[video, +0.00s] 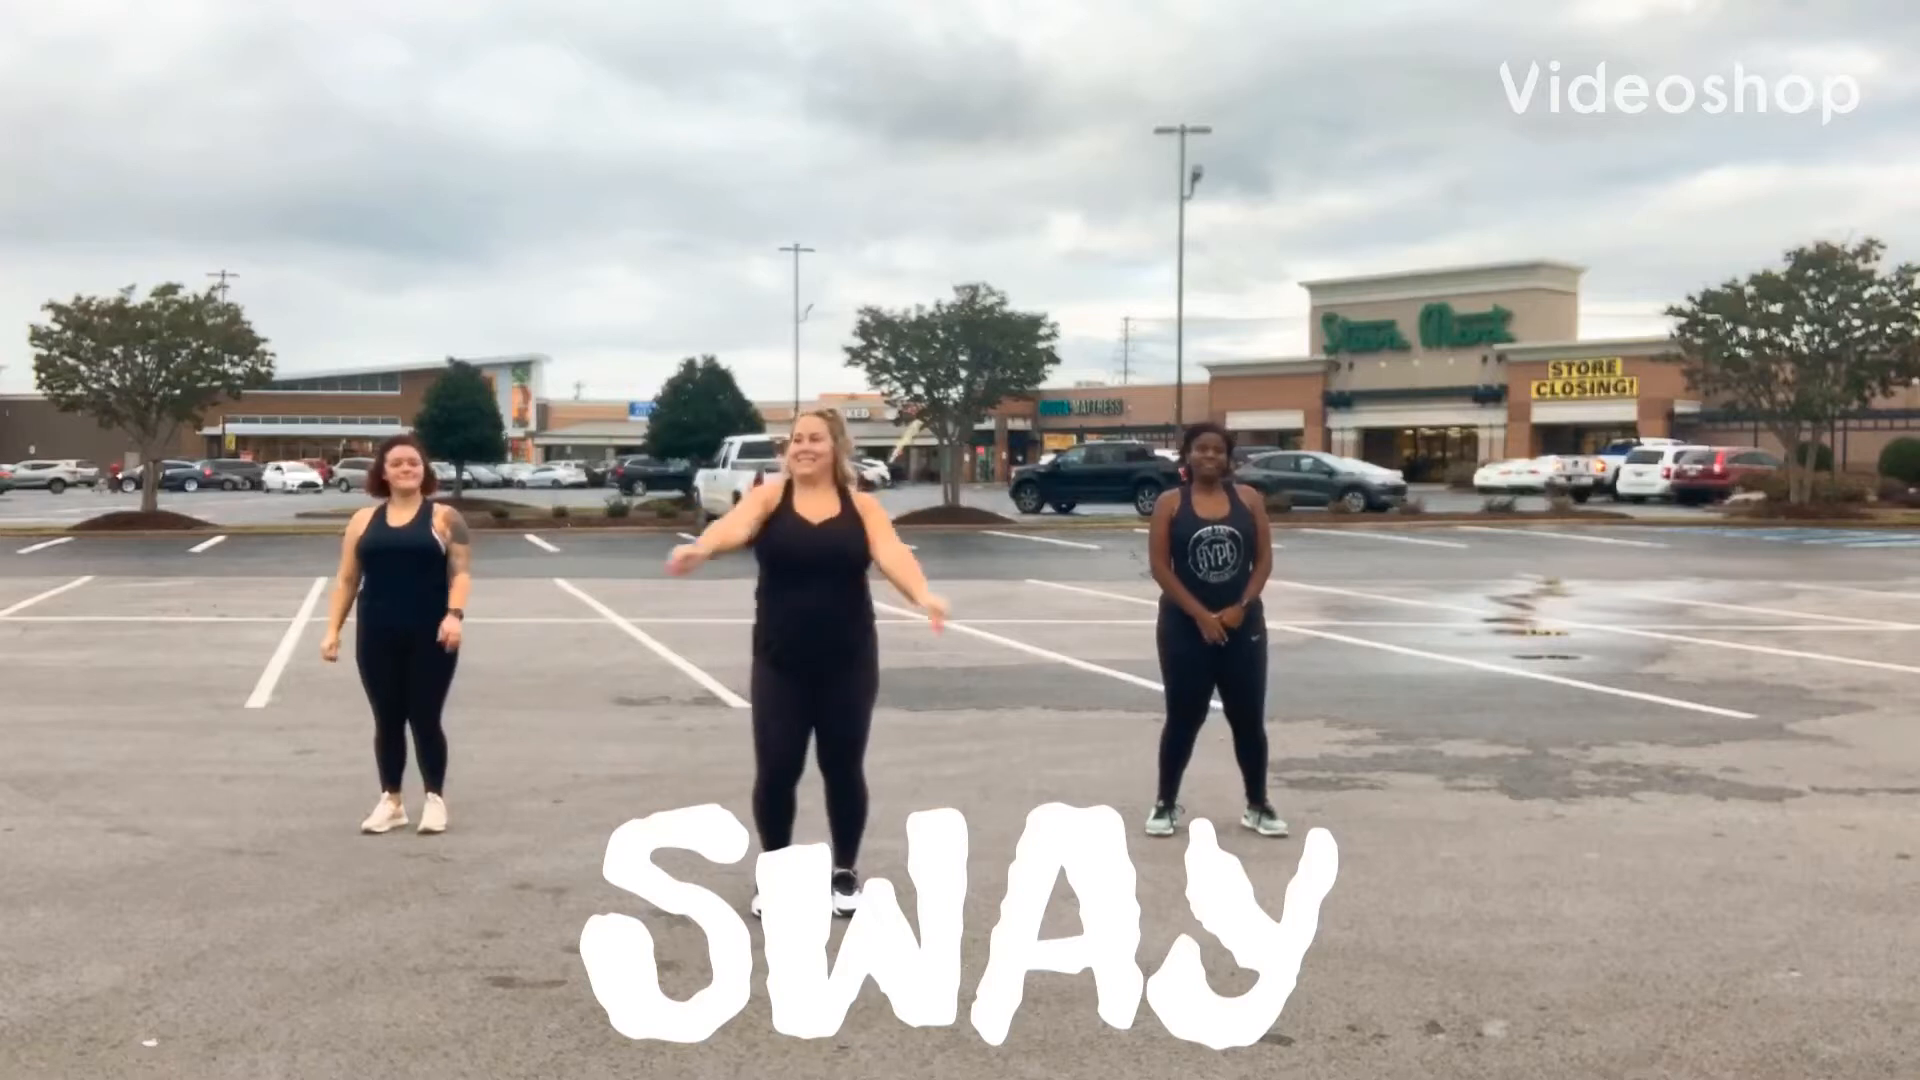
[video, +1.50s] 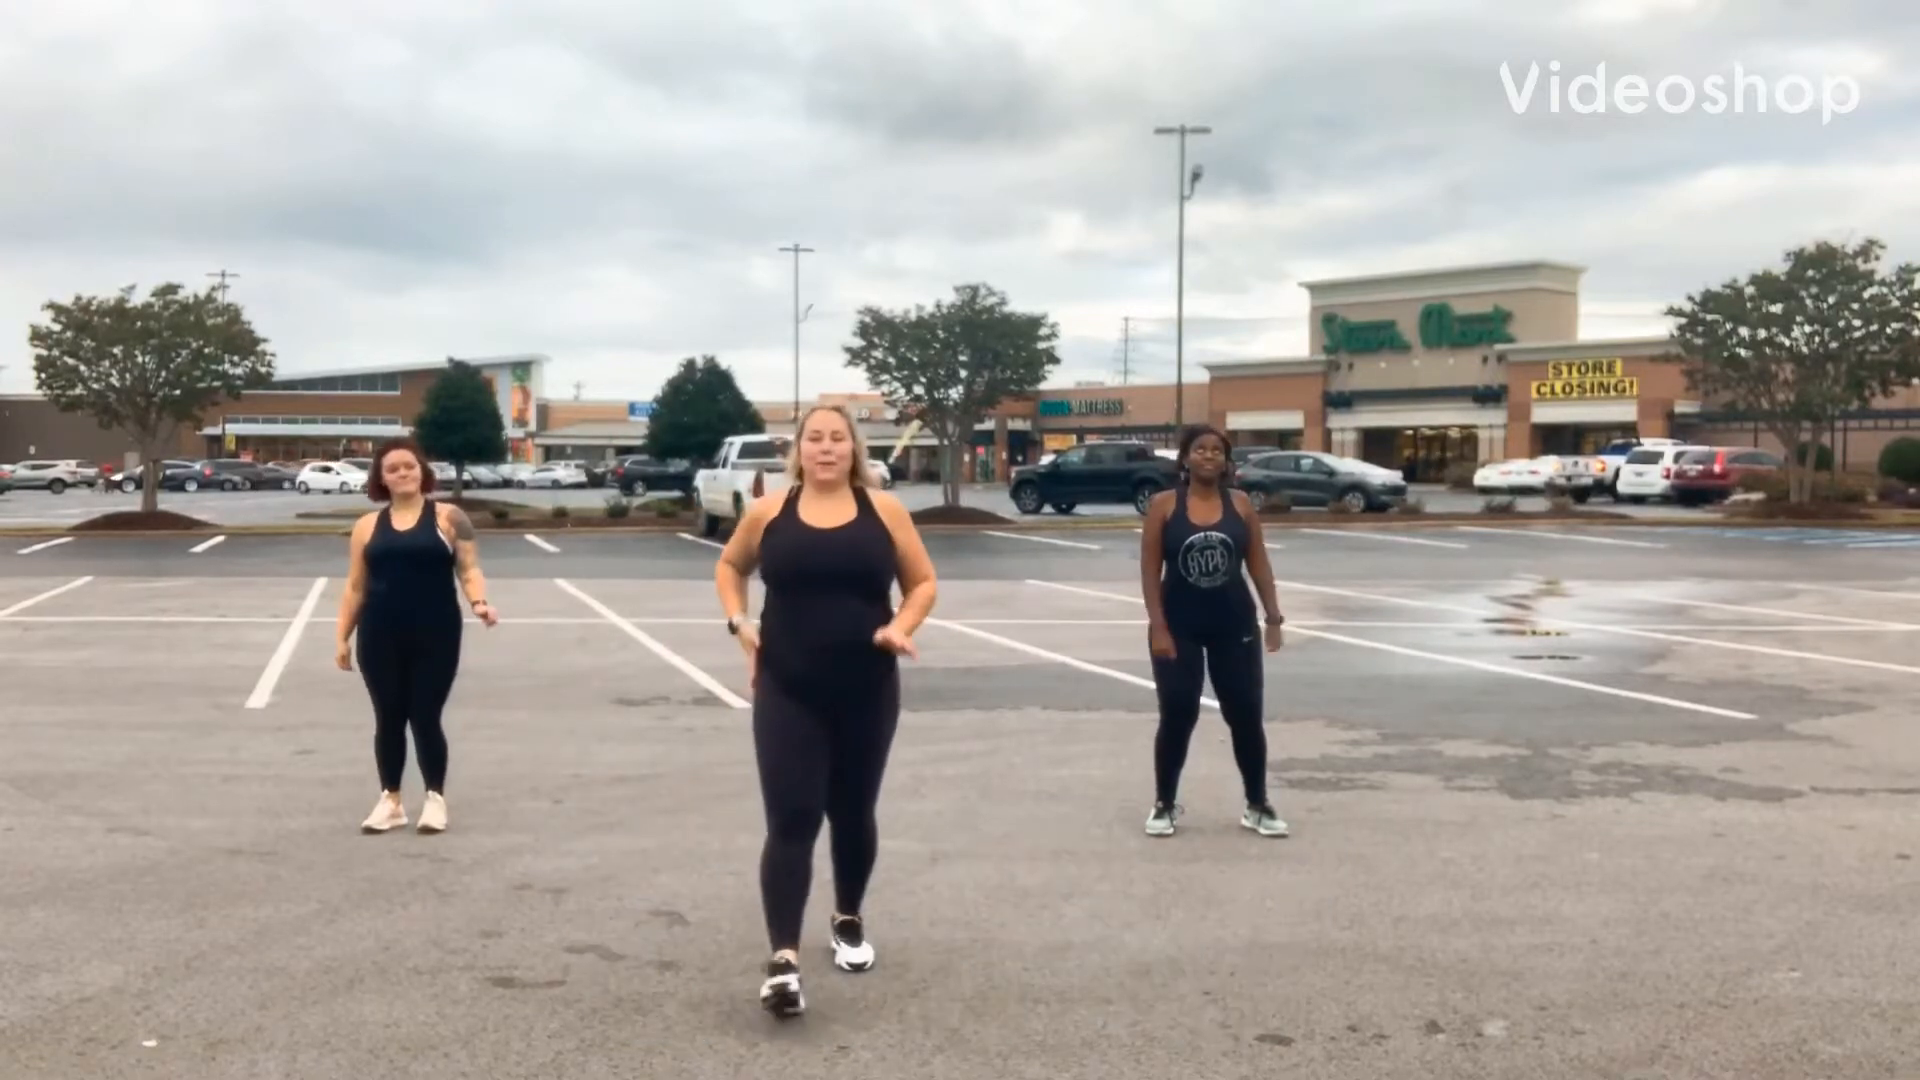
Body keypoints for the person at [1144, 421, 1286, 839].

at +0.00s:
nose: (1209, 456)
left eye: (1216, 450)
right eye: (1201, 449)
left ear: (1228, 458)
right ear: (1187, 457)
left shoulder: (1249, 498)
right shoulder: (1170, 503)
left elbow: (1264, 561)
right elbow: (1159, 567)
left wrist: (1242, 606)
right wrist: (1201, 615)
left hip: (1242, 623)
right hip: (1184, 625)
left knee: (1249, 721)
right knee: (1183, 719)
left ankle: (1258, 805)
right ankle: (1165, 804)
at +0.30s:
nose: (1207, 457)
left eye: (1215, 451)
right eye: (1199, 450)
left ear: (1225, 458)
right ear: (1183, 456)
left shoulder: (1244, 499)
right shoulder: (1166, 504)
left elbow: (1261, 561)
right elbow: (1155, 567)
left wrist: (1238, 606)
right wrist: (1196, 614)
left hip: (1237, 623)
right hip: (1180, 625)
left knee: (1247, 721)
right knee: (1180, 719)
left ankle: (1257, 805)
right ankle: (1165, 805)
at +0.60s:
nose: (1206, 456)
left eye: (1214, 451)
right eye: (1198, 449)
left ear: (1223, 459)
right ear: (1182, 456)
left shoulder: (1238, 500)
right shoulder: (1163, 501)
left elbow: (1254, 563)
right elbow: (1150, 566)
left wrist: (1232, 605)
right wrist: (1189, 610)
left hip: (1235, 622)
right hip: (1178, 624)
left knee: (1244, 719)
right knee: (1182, 719)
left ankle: (1257, 805)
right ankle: (1165, 806)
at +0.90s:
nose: (1201, 457)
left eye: (1209, 451)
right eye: (1194, 450)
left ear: (1219, 460)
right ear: (1178, 457)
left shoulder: (1233, 502)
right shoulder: (1160, 504)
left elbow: (1249, 564)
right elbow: (1147, 568)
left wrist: (1229, 607)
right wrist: (1186, 613)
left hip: (1229, 623)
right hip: (1173, 626)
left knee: (1247, 717)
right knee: (1178, 719)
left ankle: (1257, 806)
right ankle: (1164, 805)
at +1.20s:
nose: (1199, 458)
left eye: (1207, 453)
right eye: (1192, 451)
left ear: (1216, 462)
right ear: (1176, 459)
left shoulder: (1232, 503)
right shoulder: (1158, 508)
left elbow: (1249, 566)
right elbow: (1146, 573)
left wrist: (1228, 611)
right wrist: (1186, 619)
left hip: (1226, 624)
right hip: (1171, 627)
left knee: (1250, 716)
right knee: (1176, 718)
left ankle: (1257, 806)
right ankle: (1164, 806)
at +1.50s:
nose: (1209, 456)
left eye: (1216, 451)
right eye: (1201, 449)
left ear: (1226, 460)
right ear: (1185, 457)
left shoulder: (1240, 502)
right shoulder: (1164, 505)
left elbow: (1258, 562)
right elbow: (1151, 570)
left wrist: (1273, 615)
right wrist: (1158, 626)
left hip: (1234, 625)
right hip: (1179, 627)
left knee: (1247, 717)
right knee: (1177, 717)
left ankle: (1257, 805)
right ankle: (1164, 805)